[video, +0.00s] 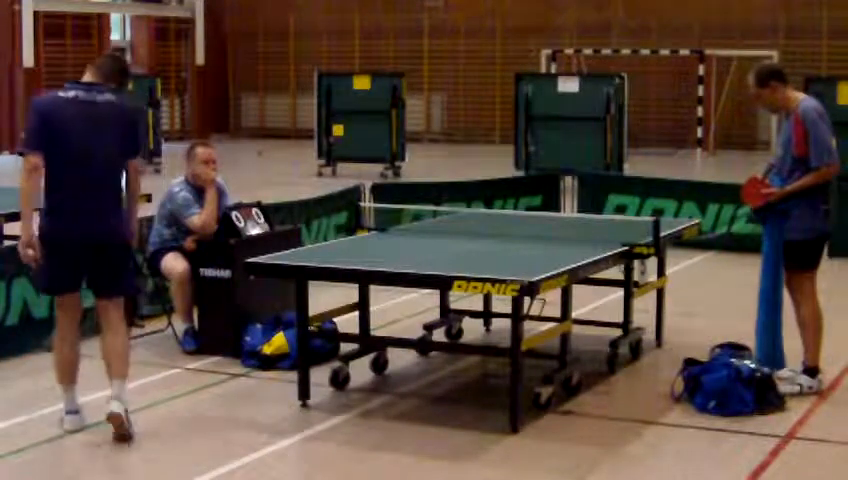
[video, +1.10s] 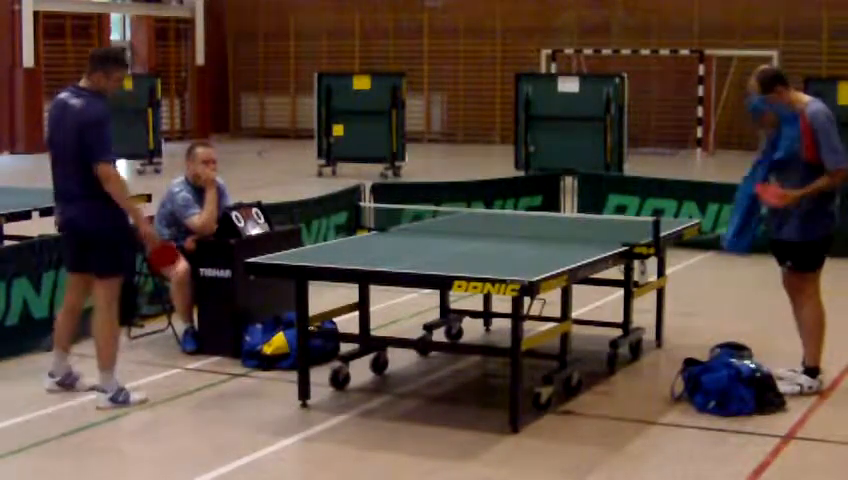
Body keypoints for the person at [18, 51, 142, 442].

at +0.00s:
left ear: (87, 70)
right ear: (118, 84)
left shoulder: (47, 105)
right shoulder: (124, 111)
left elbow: (33, 166)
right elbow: (135, 172)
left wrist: (27, 229)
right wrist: (132, 220)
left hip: (61, 228)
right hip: (109, 228)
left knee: (66, 315)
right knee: (113, 314)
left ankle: (71, 407)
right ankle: (118, 399)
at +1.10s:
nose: (120, 86)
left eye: (121, 80)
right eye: (117, 79)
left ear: (90, 72)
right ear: (102, 75)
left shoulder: (60, 103)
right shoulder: (96, 111)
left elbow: (60, 159)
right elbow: (106, 172)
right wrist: (137, 215)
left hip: (71, 215)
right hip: (102, 217)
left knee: (75, 293)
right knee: (107, 299)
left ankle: (59, 370)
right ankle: (110, 385)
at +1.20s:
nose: (113, 85)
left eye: (114, 78)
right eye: (109, 78)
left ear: (87, 76)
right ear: (90, 75)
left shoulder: (62, 104)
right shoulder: (83, 109)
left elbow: (68, 163)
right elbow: (88, 168)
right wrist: (122, 217)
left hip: (72, 215)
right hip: (95, 217)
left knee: (72, 287)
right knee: (107, 292)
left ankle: (59, 370)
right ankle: (108, 383)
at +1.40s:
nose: (99, 82)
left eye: (101, 76)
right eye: (94, 76)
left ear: (94, 78)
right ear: (74, 73)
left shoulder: (82, 108)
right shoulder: (59, 109)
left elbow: (85, 164)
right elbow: (46, 166)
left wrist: (101, 202)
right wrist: (82, 209)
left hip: (84, 208)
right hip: (79, 213)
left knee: (66, 284)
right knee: (100, 290)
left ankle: (58, 369)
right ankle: (106, 380)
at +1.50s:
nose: (92, 82)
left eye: (94, 76)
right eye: (87, 75)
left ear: (90, 79)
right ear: (66, 74)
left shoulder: (81, 112)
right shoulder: (45, 110)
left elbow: (86, 167)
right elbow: (28, 164)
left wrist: (99, 208)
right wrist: (59, 206)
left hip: (85, 209)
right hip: (65, 211)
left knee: (63, 286)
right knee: (91, 288)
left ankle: (57, 369)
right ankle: (106, 379)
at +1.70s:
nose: (81, 80)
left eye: (83, 73)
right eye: (74, 73)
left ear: (83, 76)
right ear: (53, 75)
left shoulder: (82, 110)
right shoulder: (30, 110)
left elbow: (93, 162)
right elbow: (8, 160)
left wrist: (106, 208)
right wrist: (33, 200)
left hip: (78, 211)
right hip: (52, 211)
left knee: (56, 289)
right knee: (71, 288)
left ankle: (56, 368)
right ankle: (75, 380)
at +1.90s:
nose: (66, 78)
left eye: (69, 72)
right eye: (59, 71)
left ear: (70, 74)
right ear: (42, 73)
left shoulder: (74, 110)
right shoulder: (21, 113)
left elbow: (89, 159)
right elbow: (4, 166)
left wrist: (102, 206)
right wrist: (27, 206)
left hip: (73, 214)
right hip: (44, 215)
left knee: (62, 289)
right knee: (43, 292)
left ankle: (57, 367)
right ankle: (29, 381)